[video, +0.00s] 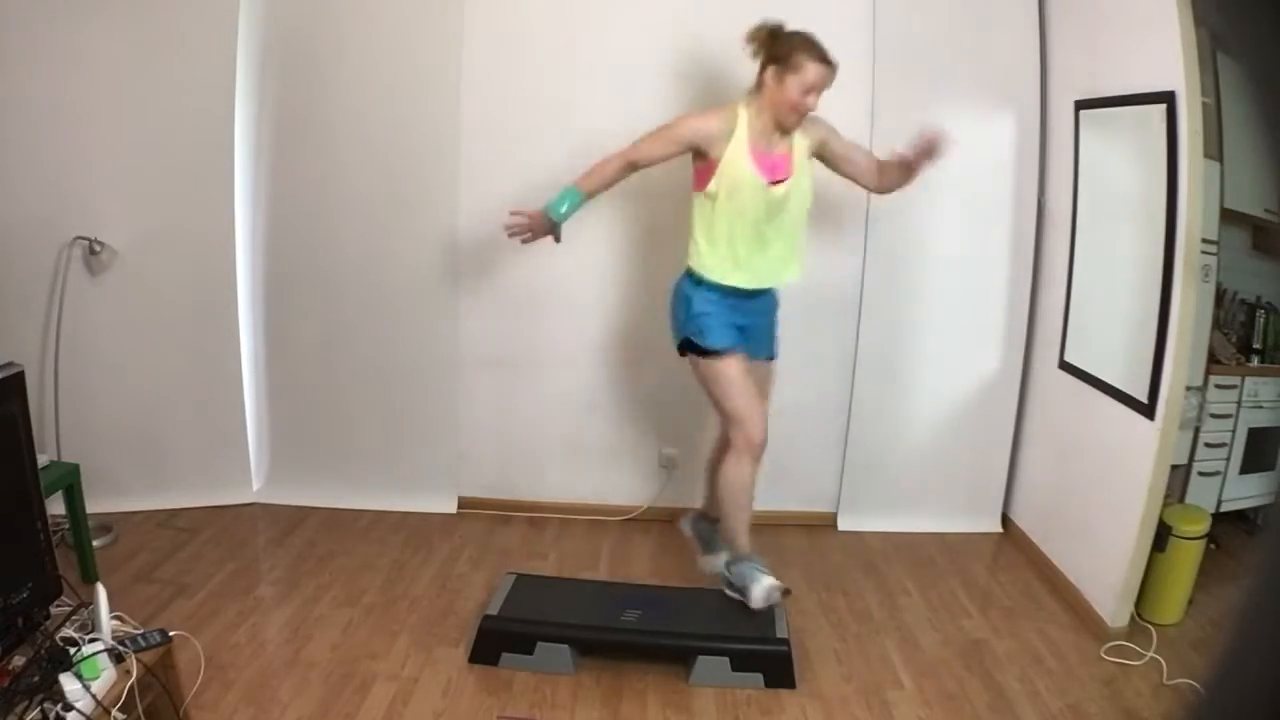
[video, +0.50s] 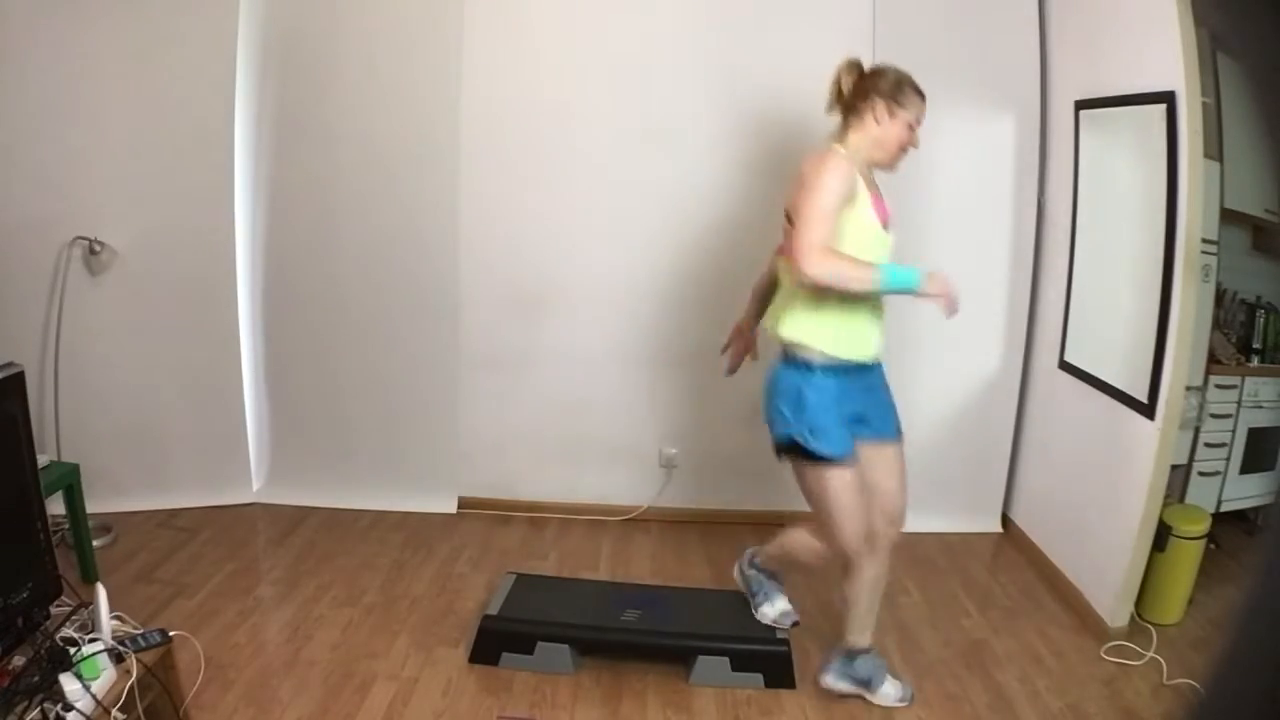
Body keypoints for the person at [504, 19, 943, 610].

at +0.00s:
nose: (814, 103)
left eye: (820, 92)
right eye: (807, 88)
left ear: (818, 93)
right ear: (771, 77)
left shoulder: (810, 136)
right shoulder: (715, 128)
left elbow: (878, 178)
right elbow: (627, 160)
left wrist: (912, 164)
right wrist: (557, 213)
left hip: (760, 301)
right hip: (707, 298)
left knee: (743, 431)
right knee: (749, 432)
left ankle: (710, 522)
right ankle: (740, 559)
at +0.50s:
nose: (914, 141)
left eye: (917, 128)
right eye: (910, 125)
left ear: (876, 118)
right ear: (876, 112)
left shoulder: (857, 178)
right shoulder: (827, 169)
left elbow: (785, 256)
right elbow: (810, 262)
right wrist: (915, 280)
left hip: (861, 371)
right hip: (809, 373)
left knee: (885, 524)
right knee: (843, 541)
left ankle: (853, 657)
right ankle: (758, 564)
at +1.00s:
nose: (804, 129)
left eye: (804, 120)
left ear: (806, 123)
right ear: (870, 119)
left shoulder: (776, 196)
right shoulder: (915, 193)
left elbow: (716, 304)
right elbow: (967, 307)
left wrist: (698, 405)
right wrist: (921, 249)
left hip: (771, 432)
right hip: (849, 449)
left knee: (821, 572)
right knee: (840, 638)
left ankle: (842, 679)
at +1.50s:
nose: (591, 153)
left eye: (590, 144)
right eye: (591, 145)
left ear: (600, 142)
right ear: (662, 141)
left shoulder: (579, 219)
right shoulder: (721, 213)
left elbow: (533, 345)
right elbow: (786, 311)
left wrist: (574, 323)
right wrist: (834, 410)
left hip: (639, 451)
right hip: (726, 446)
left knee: (587, 593)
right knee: (715, 585)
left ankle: (605, 714)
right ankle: (784, 706)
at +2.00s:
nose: (501, 81)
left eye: (503, 68)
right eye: (500, 69)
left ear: (525, 59)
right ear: (553, 59)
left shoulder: (515, 114)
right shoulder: (609, 119)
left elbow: (431, 205)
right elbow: (667, 207)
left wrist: (377, 270)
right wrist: (669, 295)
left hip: (541, 319)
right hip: (606, 318)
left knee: (480, 448)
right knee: (550, 444)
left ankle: (459, 594)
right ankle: (553, 587)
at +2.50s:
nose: (436, 141)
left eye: (439, 129)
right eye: (433, 130)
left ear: (469, 124)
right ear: (477, 123)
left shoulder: (477, 181)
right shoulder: (520, 165)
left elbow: (516, 269)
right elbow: (511, 225)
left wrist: (551, 353)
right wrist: (451, 213)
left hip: (480, 346)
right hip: (518, 339)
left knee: (439, 447)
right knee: (483, 420)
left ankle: (466, 567)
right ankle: (550, 498)